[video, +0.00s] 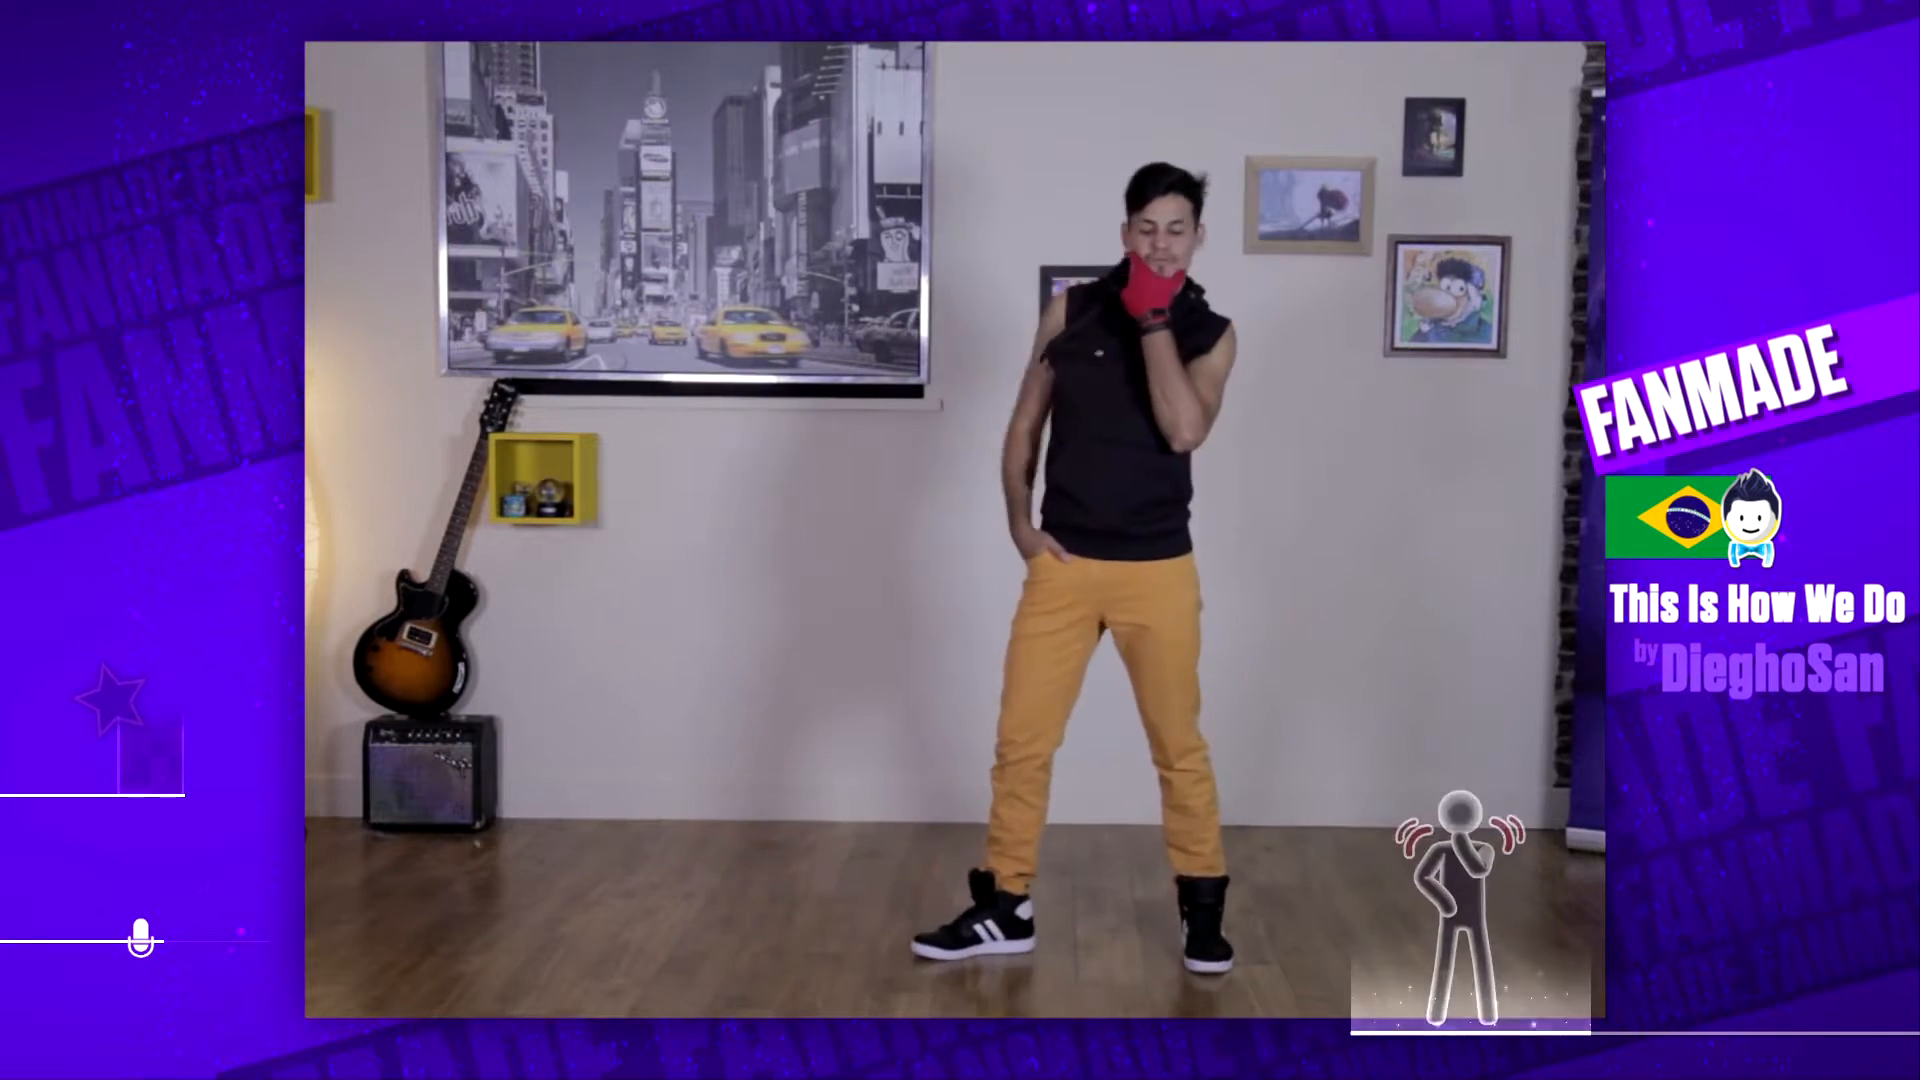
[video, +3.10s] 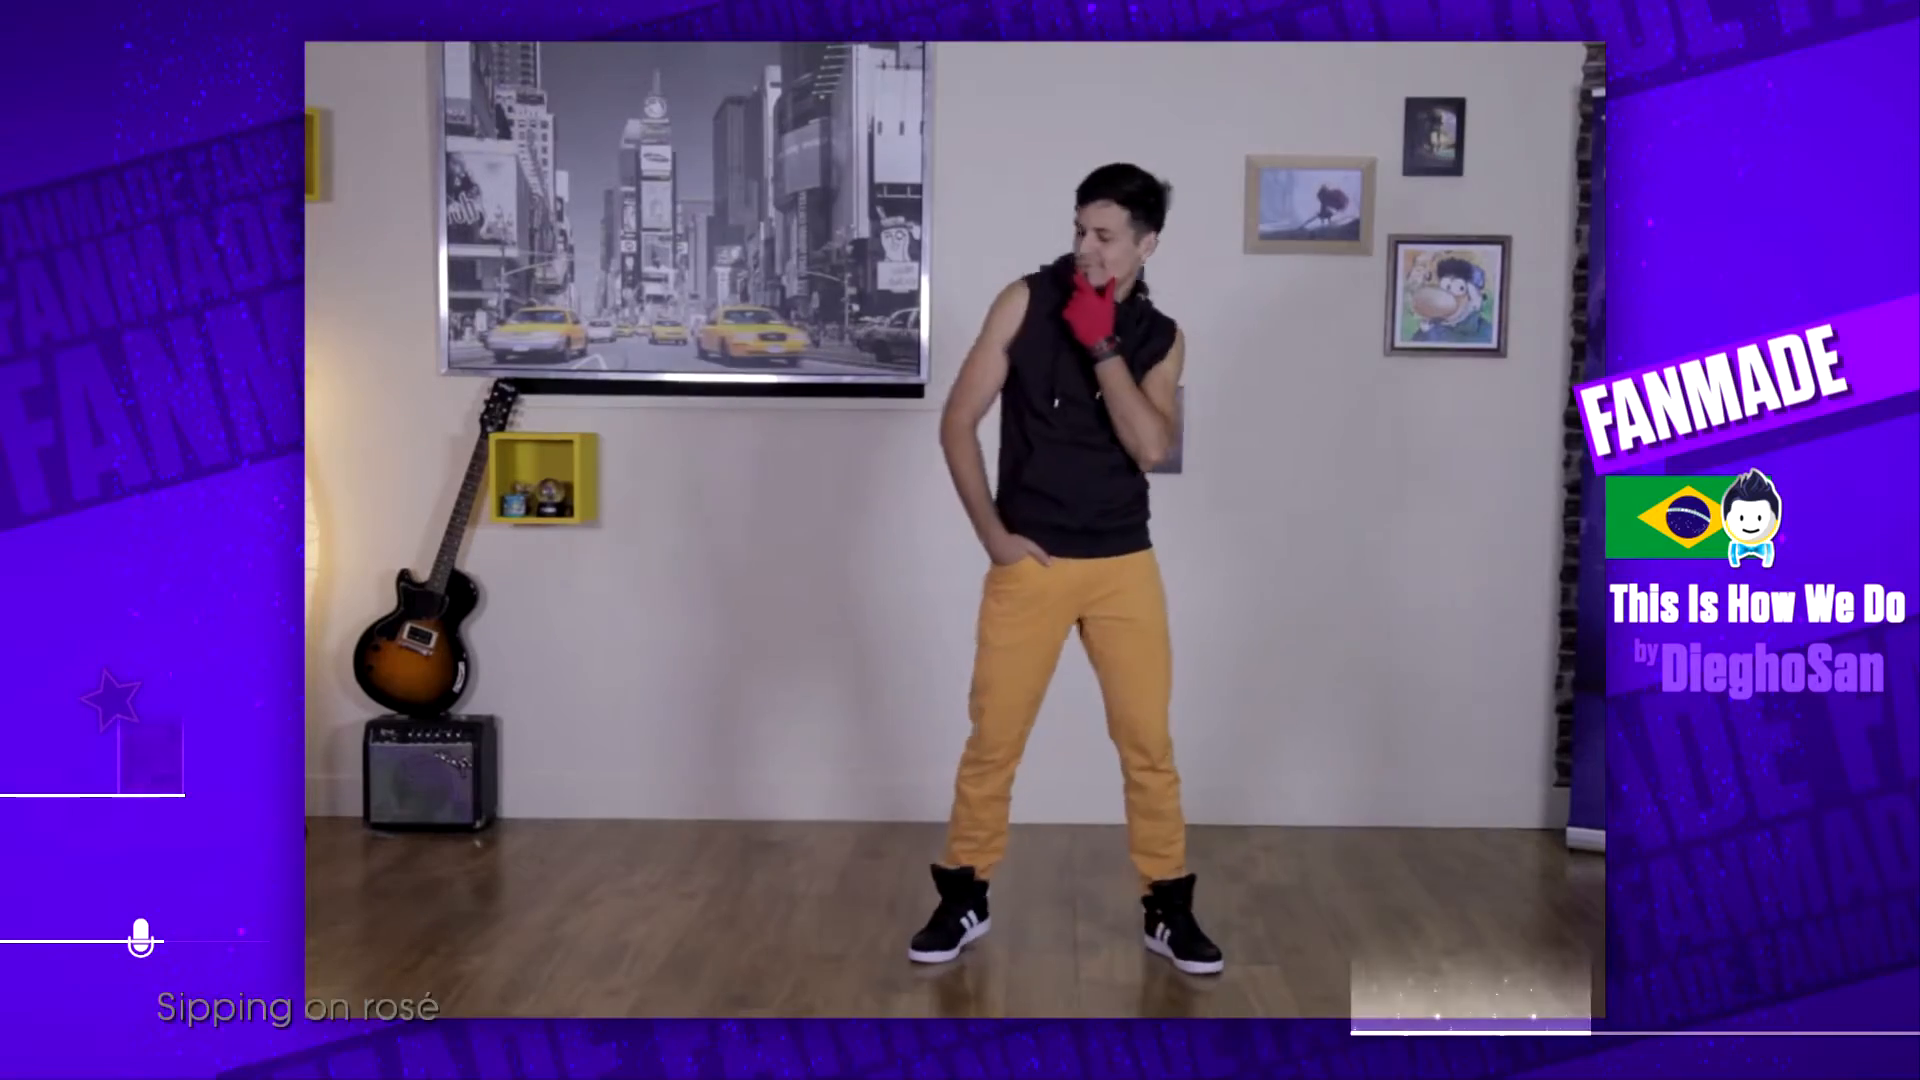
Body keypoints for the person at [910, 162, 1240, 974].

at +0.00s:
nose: (1160, 244)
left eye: (1176, 230)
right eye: (1147, 229)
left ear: (1199, 239)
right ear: (1124, 232)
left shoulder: (1210, 333)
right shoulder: (1071, 313)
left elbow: (1184, 429)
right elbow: (1025, 428)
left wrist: (1153, 320)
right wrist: (1021, 523)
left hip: (1156, 573)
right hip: (1062, 565)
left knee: (1177, 747)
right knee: (1020, 744)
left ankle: (1202, 909)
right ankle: (1005, 908)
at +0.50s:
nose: (1067, 244)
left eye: (1085, 231)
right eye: (1058, 229)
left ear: (1113, 240)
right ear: (1045, 230)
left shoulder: (1118, 325)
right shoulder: (1001, 304)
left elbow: (1133, 435)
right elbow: (938, 426)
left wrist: (1080, 345)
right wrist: (984, 540)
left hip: (1108, 565)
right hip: (1017, 566)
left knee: (1148, 738)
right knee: (992, 744)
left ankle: (1173, 906)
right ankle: (969, 903)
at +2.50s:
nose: (1022, 247)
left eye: (1034, 228)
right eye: (1009, 238)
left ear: (1073, 225)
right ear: (1002, 248)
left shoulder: (1132, 307)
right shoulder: (1024, 326)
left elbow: (1099, 413)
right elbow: (1012, 440)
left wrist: (1036, 321)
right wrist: (989, 516)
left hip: (1113, 574)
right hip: (1023, 570)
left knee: (1151, 751)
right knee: (992, 746)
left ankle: (1191, 909)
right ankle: (984, 906)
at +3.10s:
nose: (1088, 249)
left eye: (1106, 235)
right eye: (1082, 233)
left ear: (1148, 242)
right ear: (1073, 232)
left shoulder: (1160, 338)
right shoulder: (1027, 304)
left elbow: (1155, 449)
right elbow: (956, 424)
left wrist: (1104, 352)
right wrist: (993, 534)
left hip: (1124, 568)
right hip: (1030, 565)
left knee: (1148, 742)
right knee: (993, 739)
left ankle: (1168, 906)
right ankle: (963, 898)